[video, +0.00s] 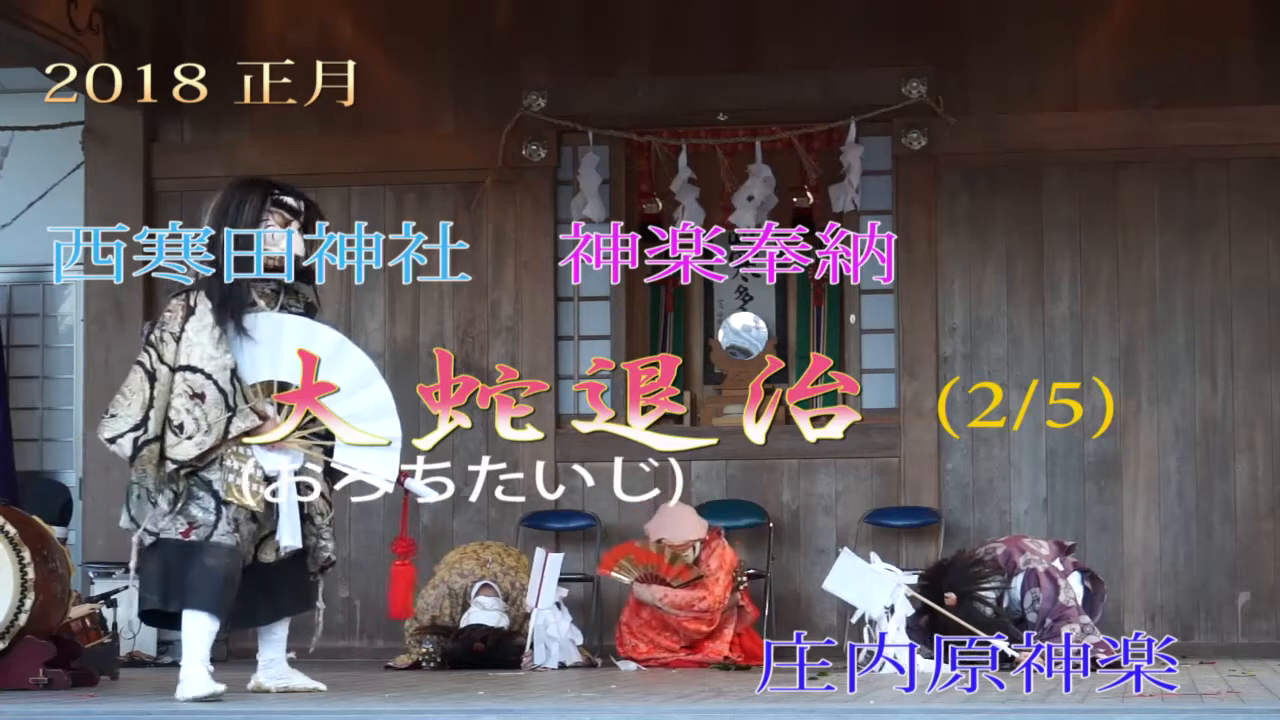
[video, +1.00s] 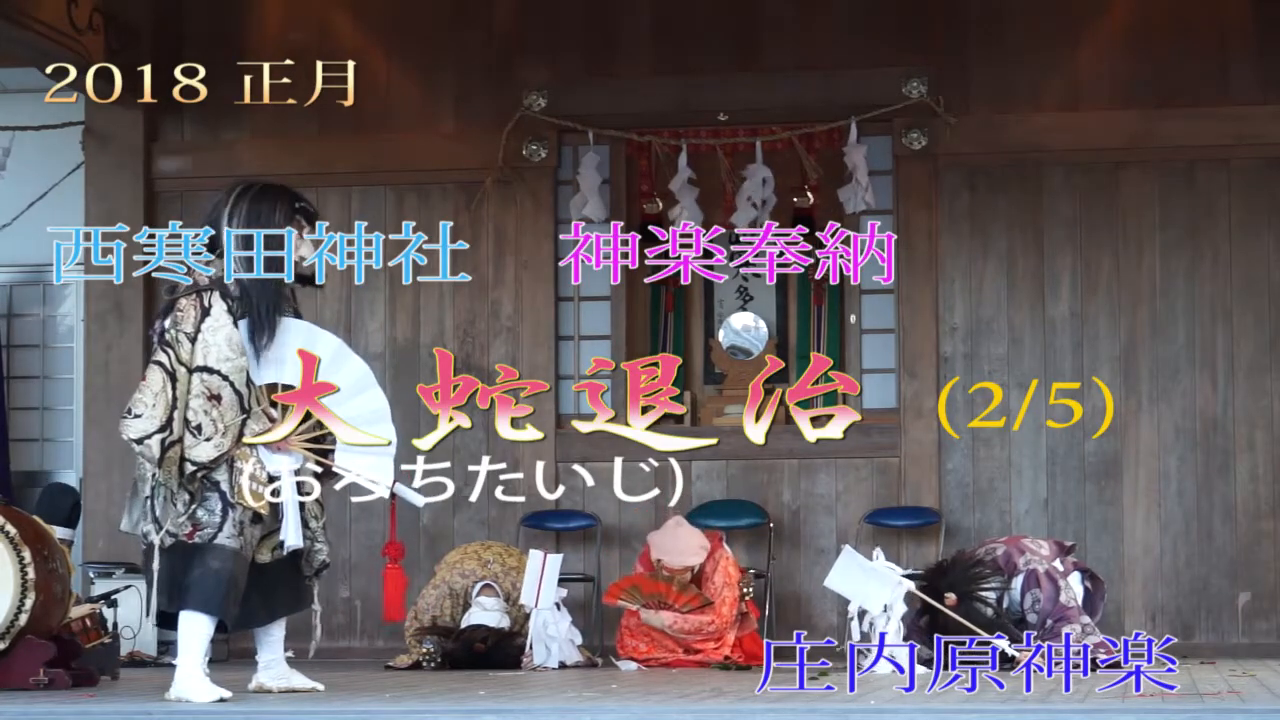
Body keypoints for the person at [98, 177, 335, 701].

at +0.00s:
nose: (287, 240)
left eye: (293, 229)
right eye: (274, 226)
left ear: (298, 238)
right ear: (240, 231)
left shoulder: (296, 308)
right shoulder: (202, 309)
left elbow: (317, 389)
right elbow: (186, 410)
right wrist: (247, 421)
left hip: (279, 460)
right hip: (217, 458)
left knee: (283, 549)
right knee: (217, 547)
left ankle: (273, 665)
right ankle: (194, 671)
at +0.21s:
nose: (290, 239)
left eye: (294, 229)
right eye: (278, 225)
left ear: (295, 240)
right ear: (243, 229)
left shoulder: (290, 306)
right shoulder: (204, 306)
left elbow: (308, 384)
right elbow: (195, 409)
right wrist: (256, 433)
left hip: (276, 458)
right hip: (219, 459)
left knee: (279, 555)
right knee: (215, 555)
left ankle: (273, 665)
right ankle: (189, 673)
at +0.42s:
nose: (290, 239)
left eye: (294, 229)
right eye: (278, 225)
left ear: (294, 241)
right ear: (243, 230)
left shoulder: (287, 305)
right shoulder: (202, 306)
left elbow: (304, 384)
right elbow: (193, 404)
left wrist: (305, 435)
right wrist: (249, 441)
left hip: (272, 457)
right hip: (216, 458)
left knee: (275, 554)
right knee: (217, 553)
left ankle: (272, 664)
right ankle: (189, 673)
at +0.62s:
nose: (299, 239)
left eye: (299, 228)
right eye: (287, 226)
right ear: (251, 231)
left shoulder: (287, 304)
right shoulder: (208, 305)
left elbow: (304, 383)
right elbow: (198, 405)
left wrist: (310, 432)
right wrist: (257, 439)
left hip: (273, 456)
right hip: (219, 457)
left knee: (275, 552)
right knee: (217, 552)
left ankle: (272, 665)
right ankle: (189, 673)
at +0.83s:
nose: (309, 244)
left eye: (309, 232)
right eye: (300, 230)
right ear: (266, 233)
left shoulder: (283, 306)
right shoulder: (208, 307)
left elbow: (297, 389)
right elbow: (200, 412)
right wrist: (258, 452)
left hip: (268, 455)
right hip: (217, 457)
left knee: (276, 548)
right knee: (216, 549)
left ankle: (273, 664)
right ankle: (189, 673)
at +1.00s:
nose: (311, 248)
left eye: (310, 235)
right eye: (303, 234)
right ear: (267, 237)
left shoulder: (274, 312)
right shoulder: (210, 309)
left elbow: (288, 395)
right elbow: (203, 414)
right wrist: (259, 453)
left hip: (265, 456)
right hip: (216, 458)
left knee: (277, 547)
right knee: (219, 546)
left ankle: (273, 664)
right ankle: (189, 672)